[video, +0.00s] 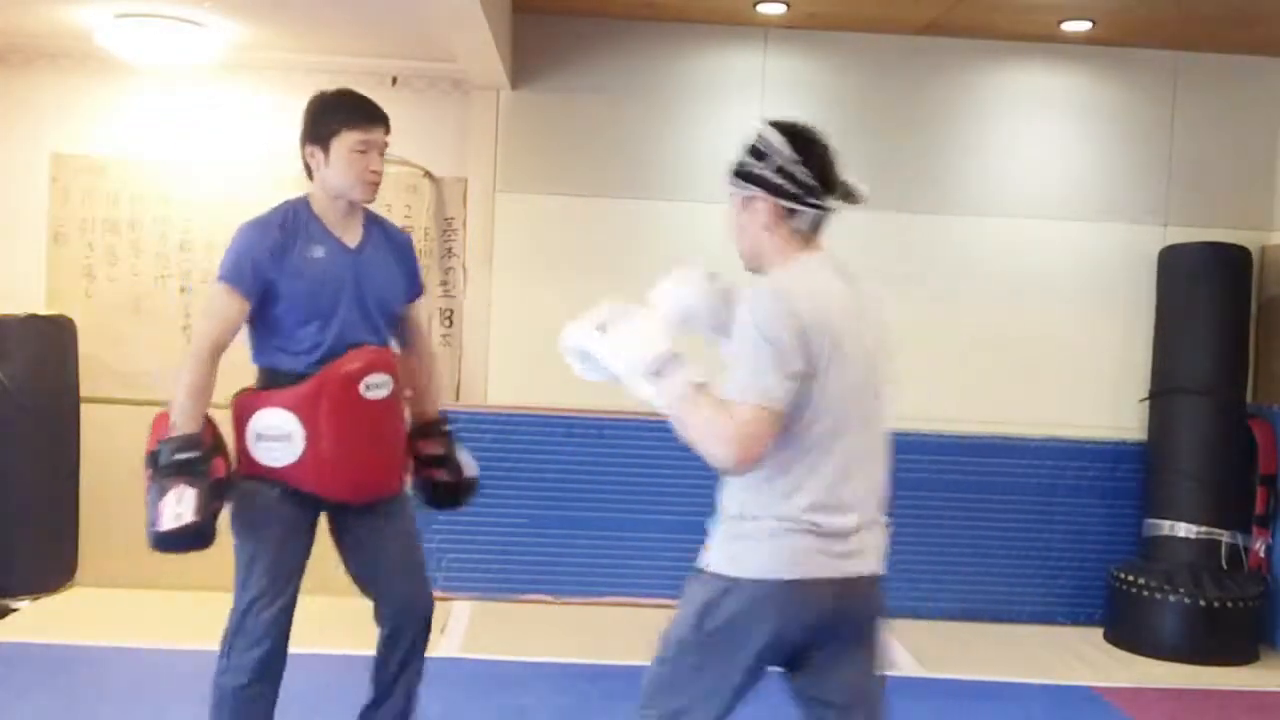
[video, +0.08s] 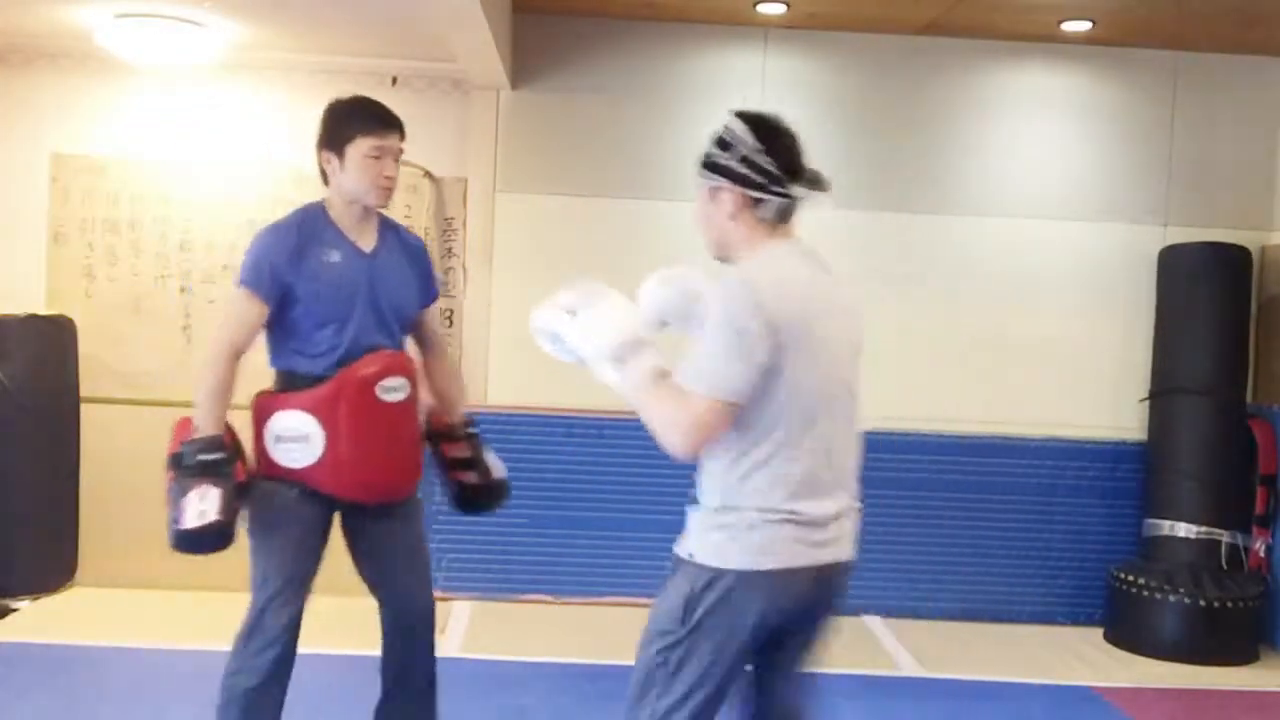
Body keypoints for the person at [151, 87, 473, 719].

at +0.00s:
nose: (377, 163)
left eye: (382, 151)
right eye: (362, 149)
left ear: (385, 159)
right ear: (315, 157)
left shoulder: (393, 245)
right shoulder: (265, 239)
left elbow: (416, 344)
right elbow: (207, 345)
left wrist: (431, 433)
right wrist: (182, 452)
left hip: (368, 445)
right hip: (283, 444)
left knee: (411, 606)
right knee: (261, 622)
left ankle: (387, 716)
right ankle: (236, 716)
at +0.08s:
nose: (392, 169)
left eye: (398, 157)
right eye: (377, 155)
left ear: (399, 167)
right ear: (331, 162)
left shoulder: (408, 250)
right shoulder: (285, 243)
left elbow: (435, 348)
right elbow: (228, 347)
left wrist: (457, 436)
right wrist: (207, 452)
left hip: (384, 444)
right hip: (299, 442)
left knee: (413, 612)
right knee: (275, 614)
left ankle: (408, 717)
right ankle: (241, 717)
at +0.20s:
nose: (406, 174)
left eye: (412, 163)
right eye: (392, 160)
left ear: (415, 171)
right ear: (347, 167)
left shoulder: (422, 255)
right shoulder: (304, 247)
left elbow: (453, 351)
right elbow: (248, 352)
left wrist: (482, 440)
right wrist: (233, 453)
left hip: (398, 449)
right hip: (315, 446)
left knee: (421, 614)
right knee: (297, 611)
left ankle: (403, 718)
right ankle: (251, 715)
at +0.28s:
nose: (425, 176)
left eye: (430, 164)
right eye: (410, 162)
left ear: (432, 172)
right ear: (364, 169)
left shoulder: (436, 254)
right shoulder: (321, 247)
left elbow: (466, 348)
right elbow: (268, 351)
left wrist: (498, 430)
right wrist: (266, 448)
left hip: (410, 455)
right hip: (331, 451)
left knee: (425, 617)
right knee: (315, 612)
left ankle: (407, 718)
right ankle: (272, 717)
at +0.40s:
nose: (432, 173)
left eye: (438, 161)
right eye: (417, 159)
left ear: (440, 170)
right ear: (374, 167)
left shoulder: (446, 249)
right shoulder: (330, 243)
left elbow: (474, 344)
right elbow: (274, 344)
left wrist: (507, 431)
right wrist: (299, 429)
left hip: (419, 455)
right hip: (341, 451)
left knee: (423, 616)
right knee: (323, 610)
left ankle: (407, 719)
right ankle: (287, 717)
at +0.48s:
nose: (429, 181)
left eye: (435, 169)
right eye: (416, 168)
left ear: (439, 176)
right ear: (373, 172)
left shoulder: (441, 254)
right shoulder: (329, 241)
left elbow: (477, 341)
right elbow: (272, 339)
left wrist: (517, 406)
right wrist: (312, 406)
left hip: (399, 437)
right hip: (329, 432)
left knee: (411, 582)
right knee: (336, 578)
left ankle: (400, 716)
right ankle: (299, 715)